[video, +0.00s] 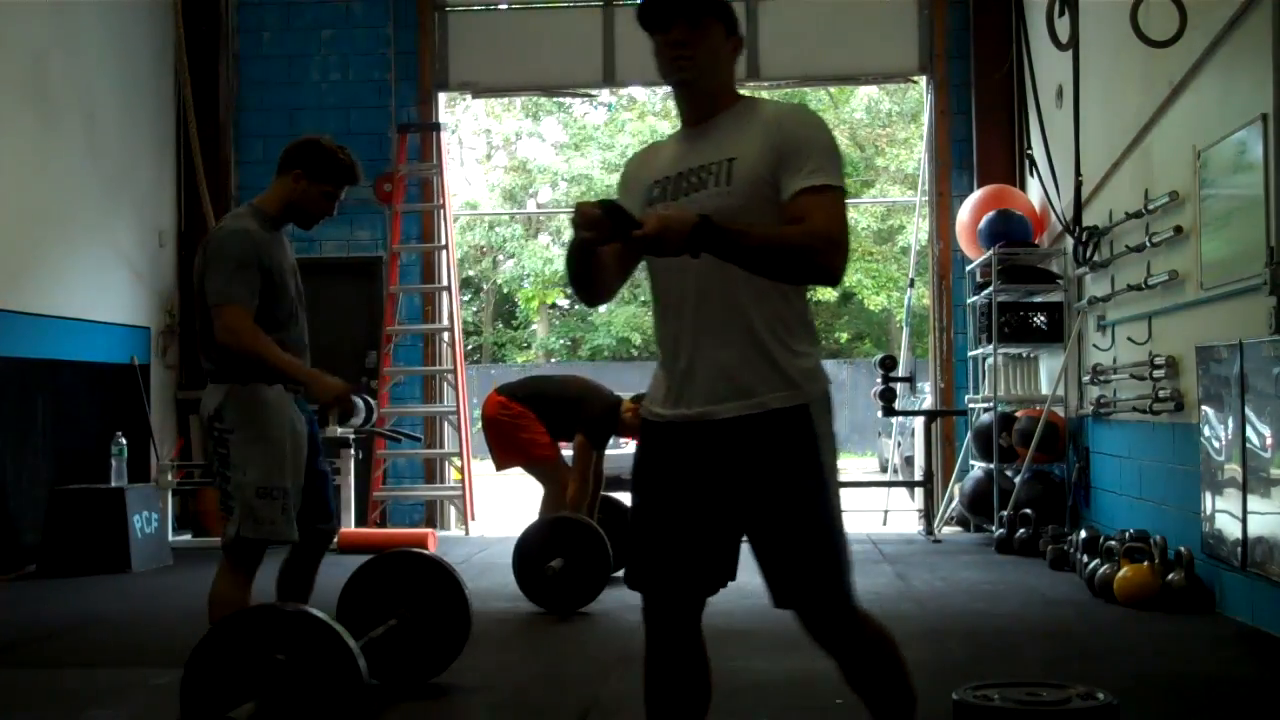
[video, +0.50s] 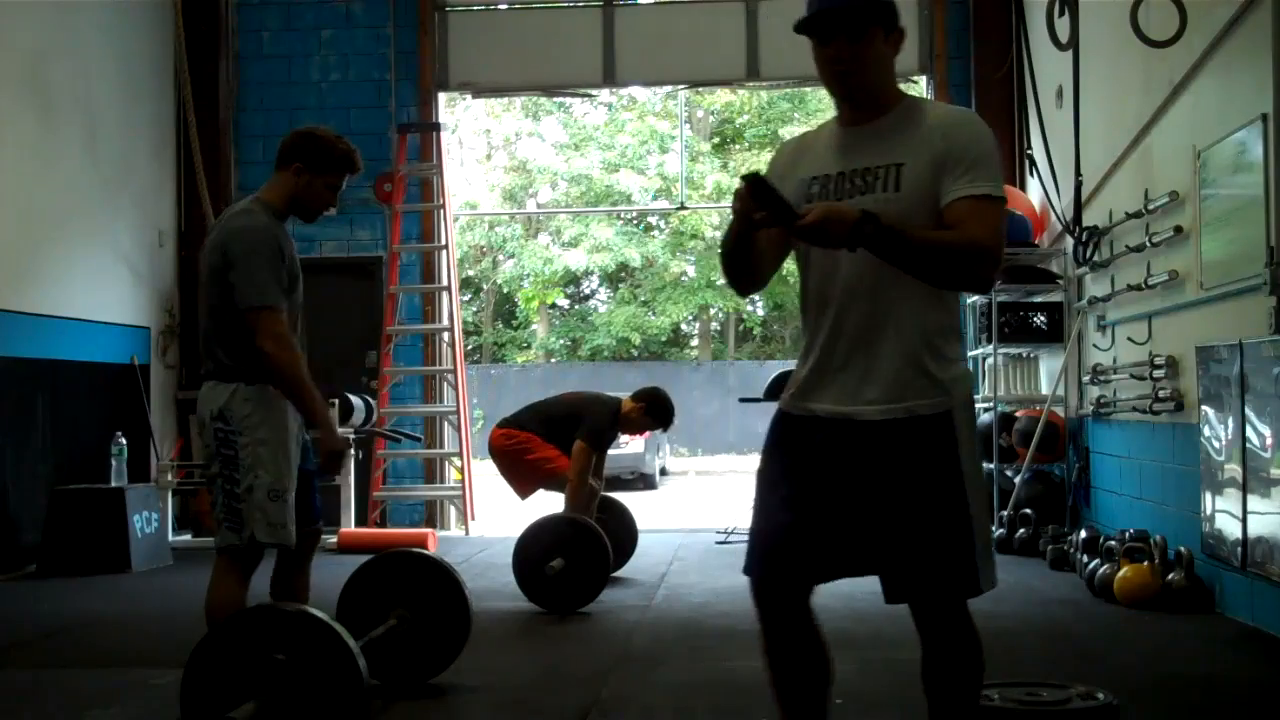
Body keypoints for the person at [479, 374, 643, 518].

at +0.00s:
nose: (631, 436)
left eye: (637, 433)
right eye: (636, 428)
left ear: (633, 409)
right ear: (633, 410)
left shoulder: (607, 414)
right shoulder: (599, 411)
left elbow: (595, 475)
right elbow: (580, 477)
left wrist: (587, 527)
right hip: (507, 408)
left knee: (560, 482)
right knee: (560, 481)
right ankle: (548, 551)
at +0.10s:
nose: (637, 437)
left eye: (643, 435)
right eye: (641, 430)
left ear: (635, 407)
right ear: (635, 409)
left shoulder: (609, 416)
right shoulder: (601, 412)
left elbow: (595, 475)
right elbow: (580, 477)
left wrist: (587, 526)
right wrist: (571, 533)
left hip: (517, 418)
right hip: (508, 417)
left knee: (570, 483)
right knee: (569, 483)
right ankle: (553, 550)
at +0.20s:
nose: (639, 437)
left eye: (645, 434)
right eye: (643, 430)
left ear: (636, 408)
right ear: (637, 410)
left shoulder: (610, 419)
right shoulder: (601, 413)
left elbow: (595, 480)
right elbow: (578, 481)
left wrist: (587, 535)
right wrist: (565, 539)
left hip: (523, 428)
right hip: (509, 426)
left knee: (588, 485)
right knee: (576, 487)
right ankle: (557, 554)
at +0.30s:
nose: (641, 436)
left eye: (647, 432)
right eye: (645, 429)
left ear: (637, 408)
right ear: (638, 410)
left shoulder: (611, 420)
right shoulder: (601, 416)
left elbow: (596, 480)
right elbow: (577, 484)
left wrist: (586, 536)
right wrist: (567, 542)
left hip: (525, 435)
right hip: (511, 434)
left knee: (590, 489)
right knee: (579, 489)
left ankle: (585, 554)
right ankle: (570, 556)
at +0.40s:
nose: (642, 436)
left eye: (647, 432)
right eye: (646, 429)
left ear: (637, 408)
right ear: (639, 410)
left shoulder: (611, 421)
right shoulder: (602, 414)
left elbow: (597, 478)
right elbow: (577, 480)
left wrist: (587, 535)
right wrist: (569, 538)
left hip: (528, 439)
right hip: (511, 437)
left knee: (592, 488)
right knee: (582, 488)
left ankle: (583, 552)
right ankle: (570, 553)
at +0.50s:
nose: (641, 435)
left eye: (647, 431)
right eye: (646, 428)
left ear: (637, 407)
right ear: (638, 409)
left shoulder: (610, 421)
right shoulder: (601, 414)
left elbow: (596, 478)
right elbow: (577, 479)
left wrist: (586, 533)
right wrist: (569, 536)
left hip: (526, 439)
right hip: (511, 437)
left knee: (591, 487)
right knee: (583, 487)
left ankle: (583, 551)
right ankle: (570, 551)